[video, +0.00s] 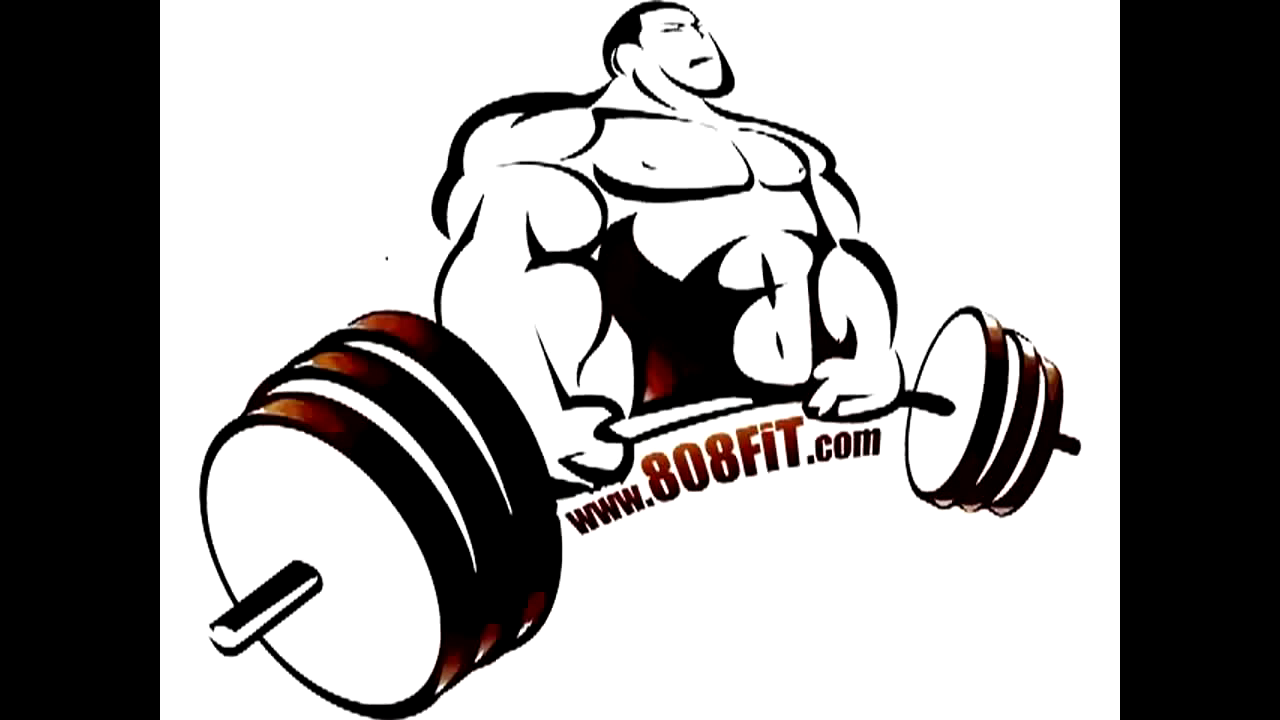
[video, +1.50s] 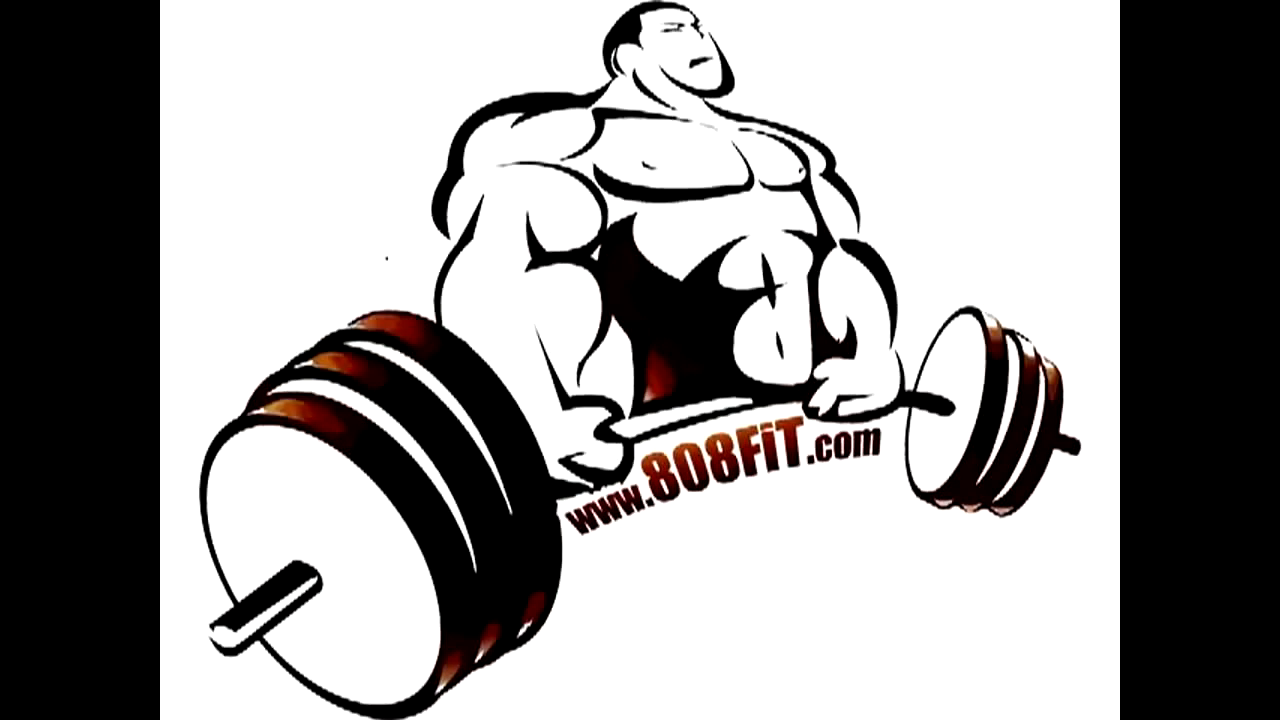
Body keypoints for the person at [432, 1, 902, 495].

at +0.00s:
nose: (702, 40)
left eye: (701, 28)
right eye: (676, 30)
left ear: (713, 45)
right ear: (629, 59)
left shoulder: (775, 145)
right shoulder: (594, 126)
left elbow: (850, 249)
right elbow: (487, 155)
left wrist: (878, 358)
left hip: (747, 330)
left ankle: (870, 369)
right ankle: (577, 429)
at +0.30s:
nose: (702, 40)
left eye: (701, 28)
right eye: (676, 30)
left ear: (713, 45)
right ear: (629, 59)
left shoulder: (775, 145)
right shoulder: (594, 126)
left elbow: (850, 249)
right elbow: (487, 155)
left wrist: (878, 358)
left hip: (747, 330)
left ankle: (870, 369)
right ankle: (577, 429)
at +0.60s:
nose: (702, 40)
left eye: (701, 28)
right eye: (676, 30)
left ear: (713, 45)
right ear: (629, 59)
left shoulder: (775, 145)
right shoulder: (594, 126)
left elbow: (850, 249)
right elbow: (487, 155)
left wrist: (878, 358)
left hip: (747, 330)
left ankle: (870, 369)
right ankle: (577, 429)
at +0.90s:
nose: (702, 40)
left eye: (701, 28)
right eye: (675, 30)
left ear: (713, 45)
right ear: (628, 59)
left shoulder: (776, 145)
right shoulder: (593, 126)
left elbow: (850, 250)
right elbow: (487, 155)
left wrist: (878, 358)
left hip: (747, 331)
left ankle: (870, 369)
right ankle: (576, 429)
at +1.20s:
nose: (702, 40)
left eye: (701, 28)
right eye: (675, 30)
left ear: (713, 45)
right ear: (628, 59)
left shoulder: (776, 145)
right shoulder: (593, 127)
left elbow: (850, 251)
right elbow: (487, 155)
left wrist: (878, 358)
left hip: (747, 331)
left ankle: (870, 369)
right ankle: (576, 429)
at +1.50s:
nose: (702, 40)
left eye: (701, 28)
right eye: (675, 30)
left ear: (713, 45)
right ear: (628, 59)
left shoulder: (776, 145)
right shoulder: (593, 127)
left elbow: (850, 250)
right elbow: (487, 155)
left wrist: (878, 358)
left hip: (747, 331)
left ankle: (870, 369)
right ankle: (577, 429)